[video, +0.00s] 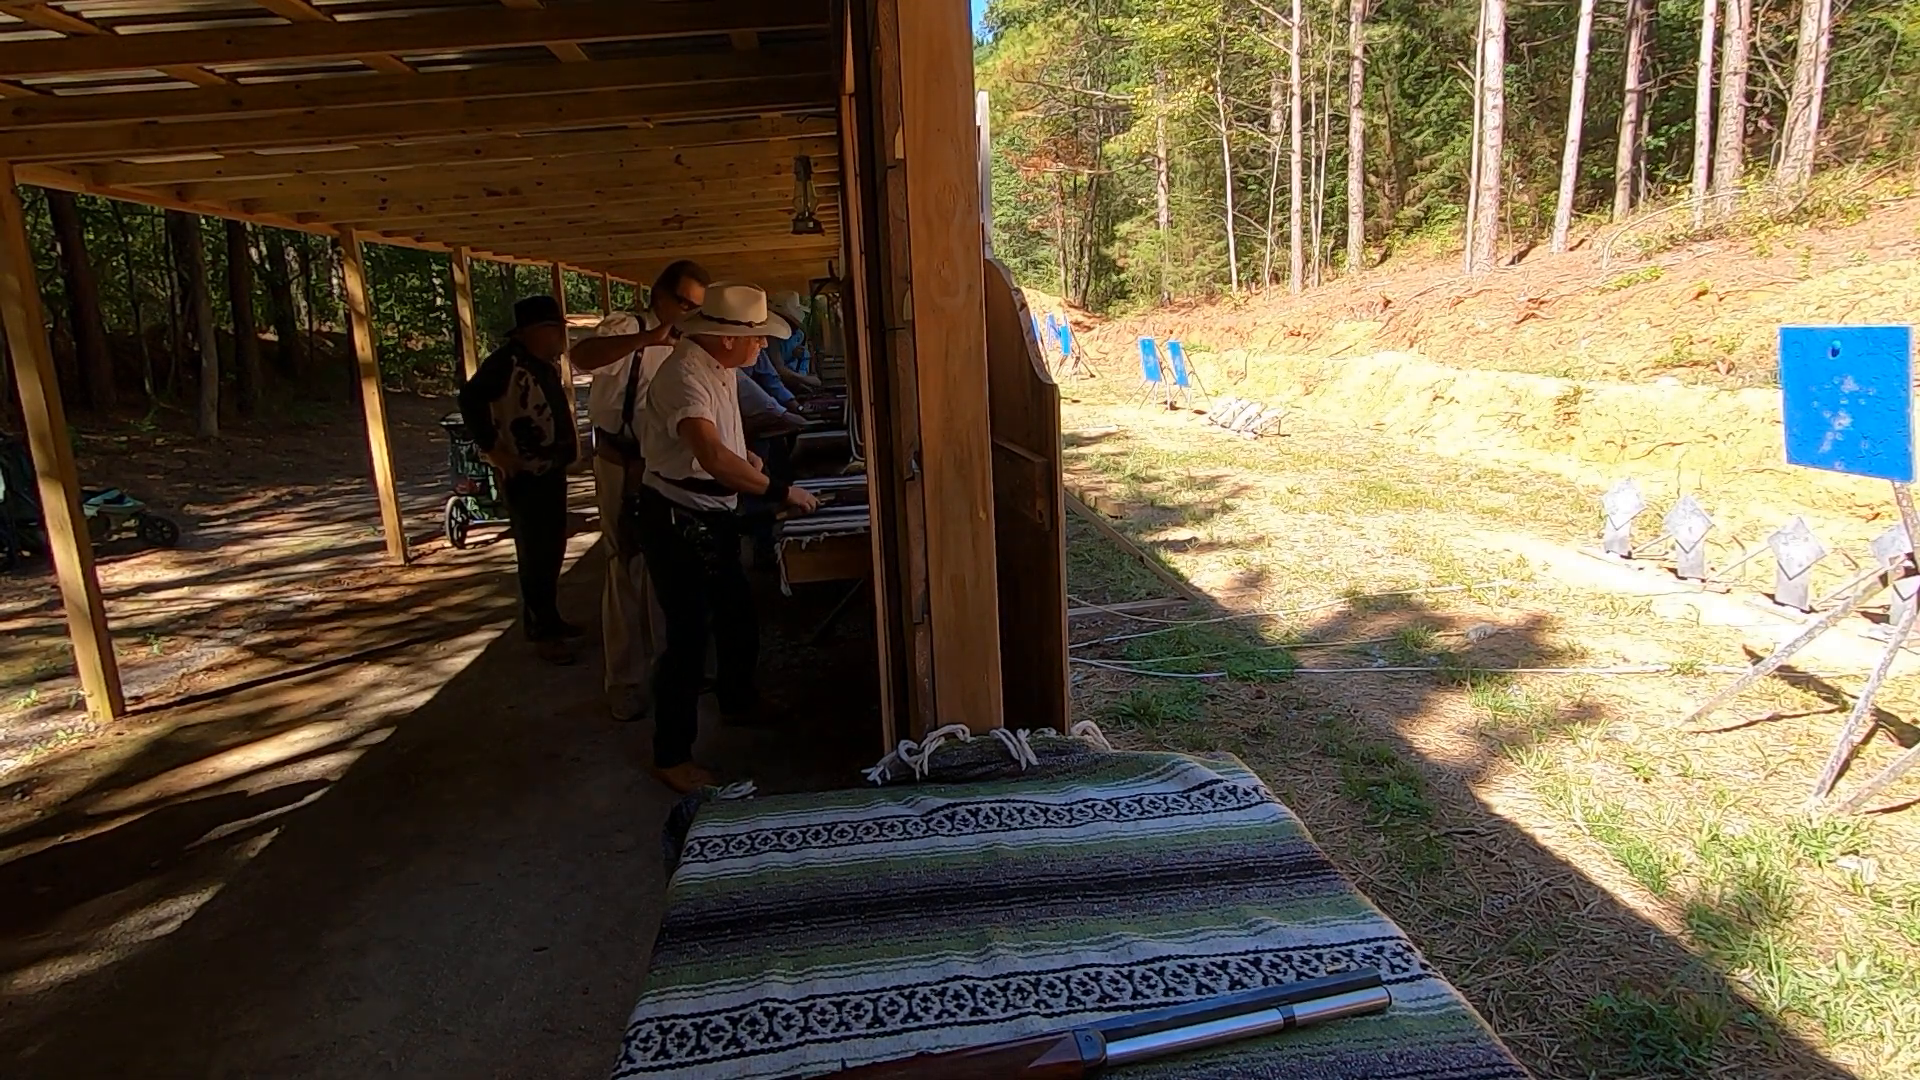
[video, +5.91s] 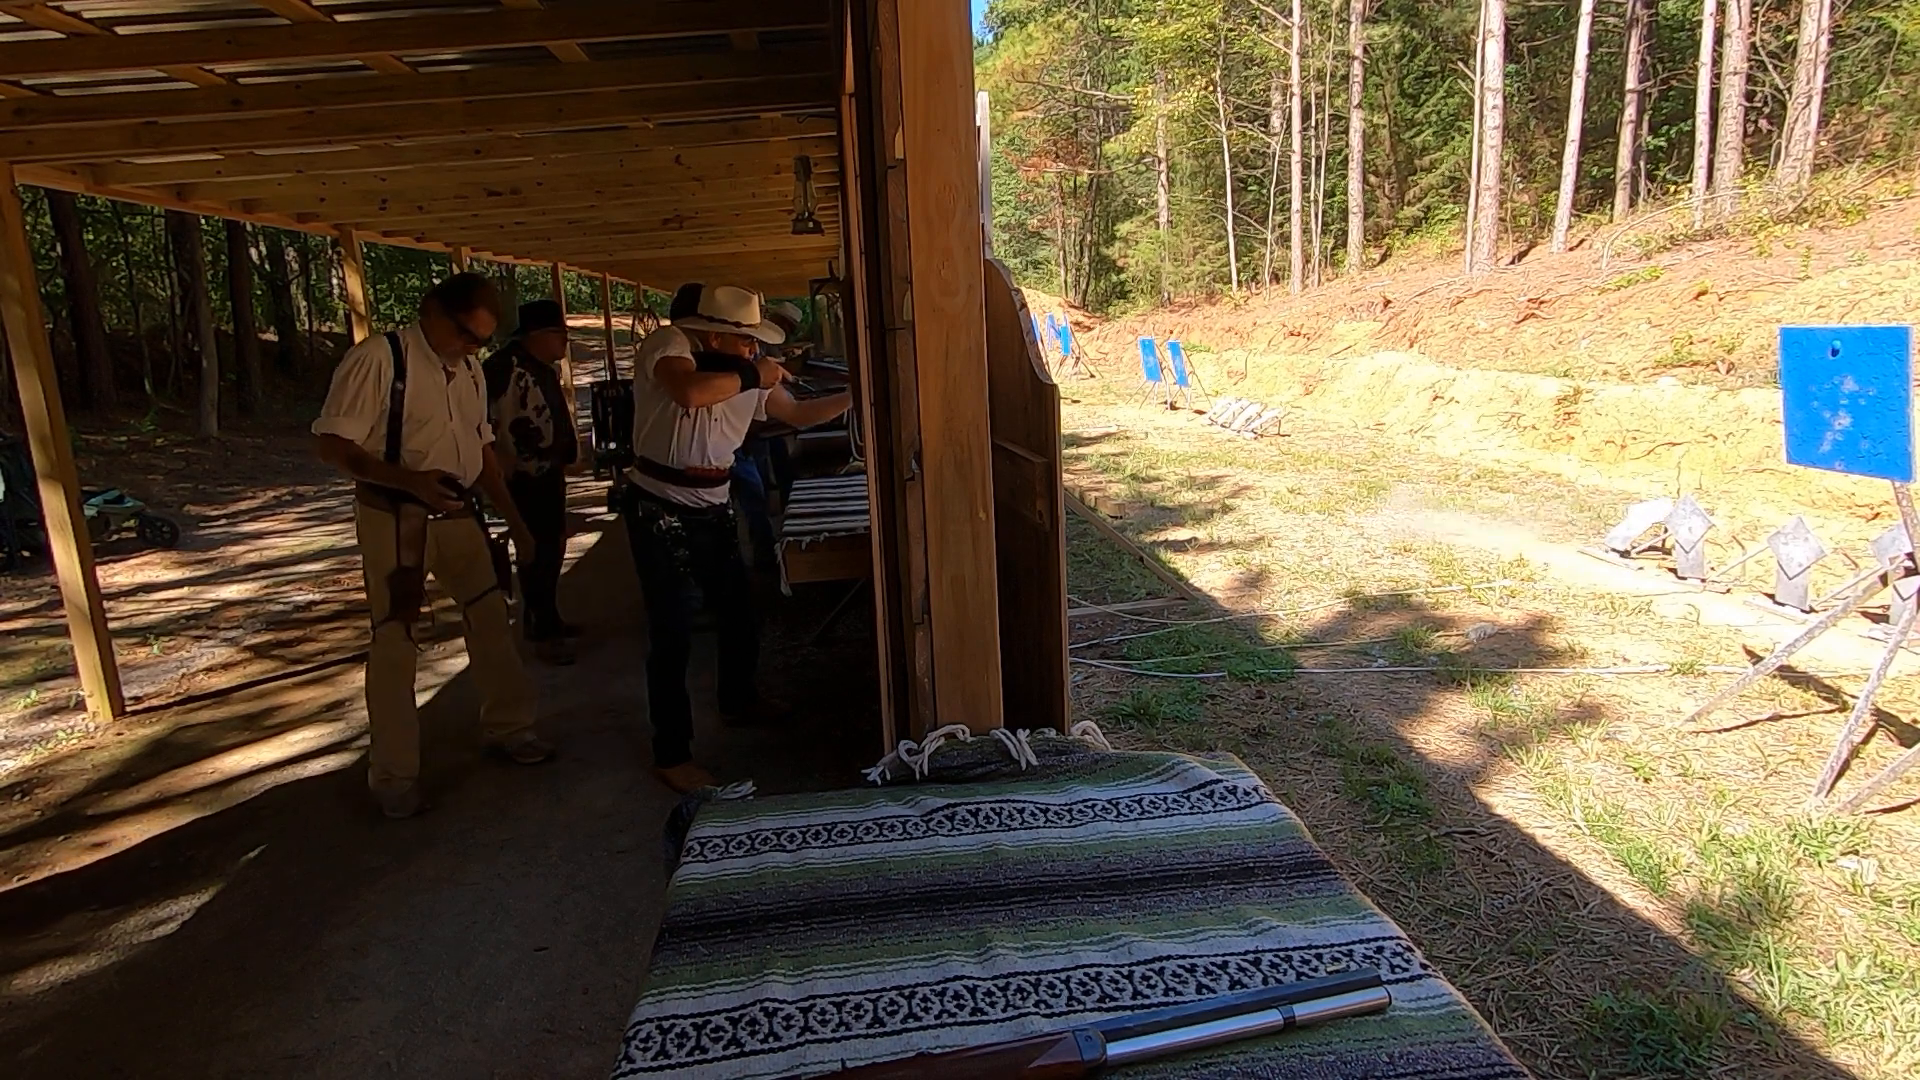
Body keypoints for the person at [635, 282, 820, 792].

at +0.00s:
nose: (762, 349)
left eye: (762, 340)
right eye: (758, 339)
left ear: (726, 337)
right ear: (731, 338)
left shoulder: (719, 373)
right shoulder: (686, 373)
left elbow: (728, 448)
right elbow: (711, 455)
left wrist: (764, 478)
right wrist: (780, 491)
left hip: (716, 515)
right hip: (677, 518)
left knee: (735, 617)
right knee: (688, 637)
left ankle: (740, 708)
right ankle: (672, 757)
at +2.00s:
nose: (756, 374)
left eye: (760, 367)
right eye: (755, 365)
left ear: (727, 348)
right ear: (730, 349)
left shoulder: (720, 378)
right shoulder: (685, 377)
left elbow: (723, 444)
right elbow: (707, 458)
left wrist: (747, 466)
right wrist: (777, 495)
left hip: (716, 516)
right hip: (673, 520)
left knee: (740, 614)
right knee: (689, 636)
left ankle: (739, 708)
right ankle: (672, 757)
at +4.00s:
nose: (757, 355)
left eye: (760, 346)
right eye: (753, 344)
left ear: (727, 335)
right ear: (725, 333)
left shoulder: (717, 362)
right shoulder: (686, 353)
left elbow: (722, 424)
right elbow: (724, 409)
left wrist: (751, 450)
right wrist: (786, 423)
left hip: (717, 512)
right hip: (672, 513)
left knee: (737, 613)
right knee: (689, 632)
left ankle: (740, 706)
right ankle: (673, 756)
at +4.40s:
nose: (750, 333)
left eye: (750, 324)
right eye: (743, 325)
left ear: (722, 324)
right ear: (712, 323)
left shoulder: (730, 359)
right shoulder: (669, 343)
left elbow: (757, 415)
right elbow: (702, 390)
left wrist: (784, 383)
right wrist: (755, 370)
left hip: (724, 508)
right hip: (674, 510)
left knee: (734, 615)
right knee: (682, 632)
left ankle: (739, 707)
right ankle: (672, 756)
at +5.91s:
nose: (753, 350)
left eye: (754, 341)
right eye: (745, 341)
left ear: (745, 339)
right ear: (710, 336)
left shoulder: (747, 376)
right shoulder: (666, 344)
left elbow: (796, 412)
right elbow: (690, 393)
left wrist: (857, 395)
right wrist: (756, 374)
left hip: (714, 511)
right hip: (657, 510)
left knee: (738, 611)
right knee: (671, 632)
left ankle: (740, 705)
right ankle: (672, 756)